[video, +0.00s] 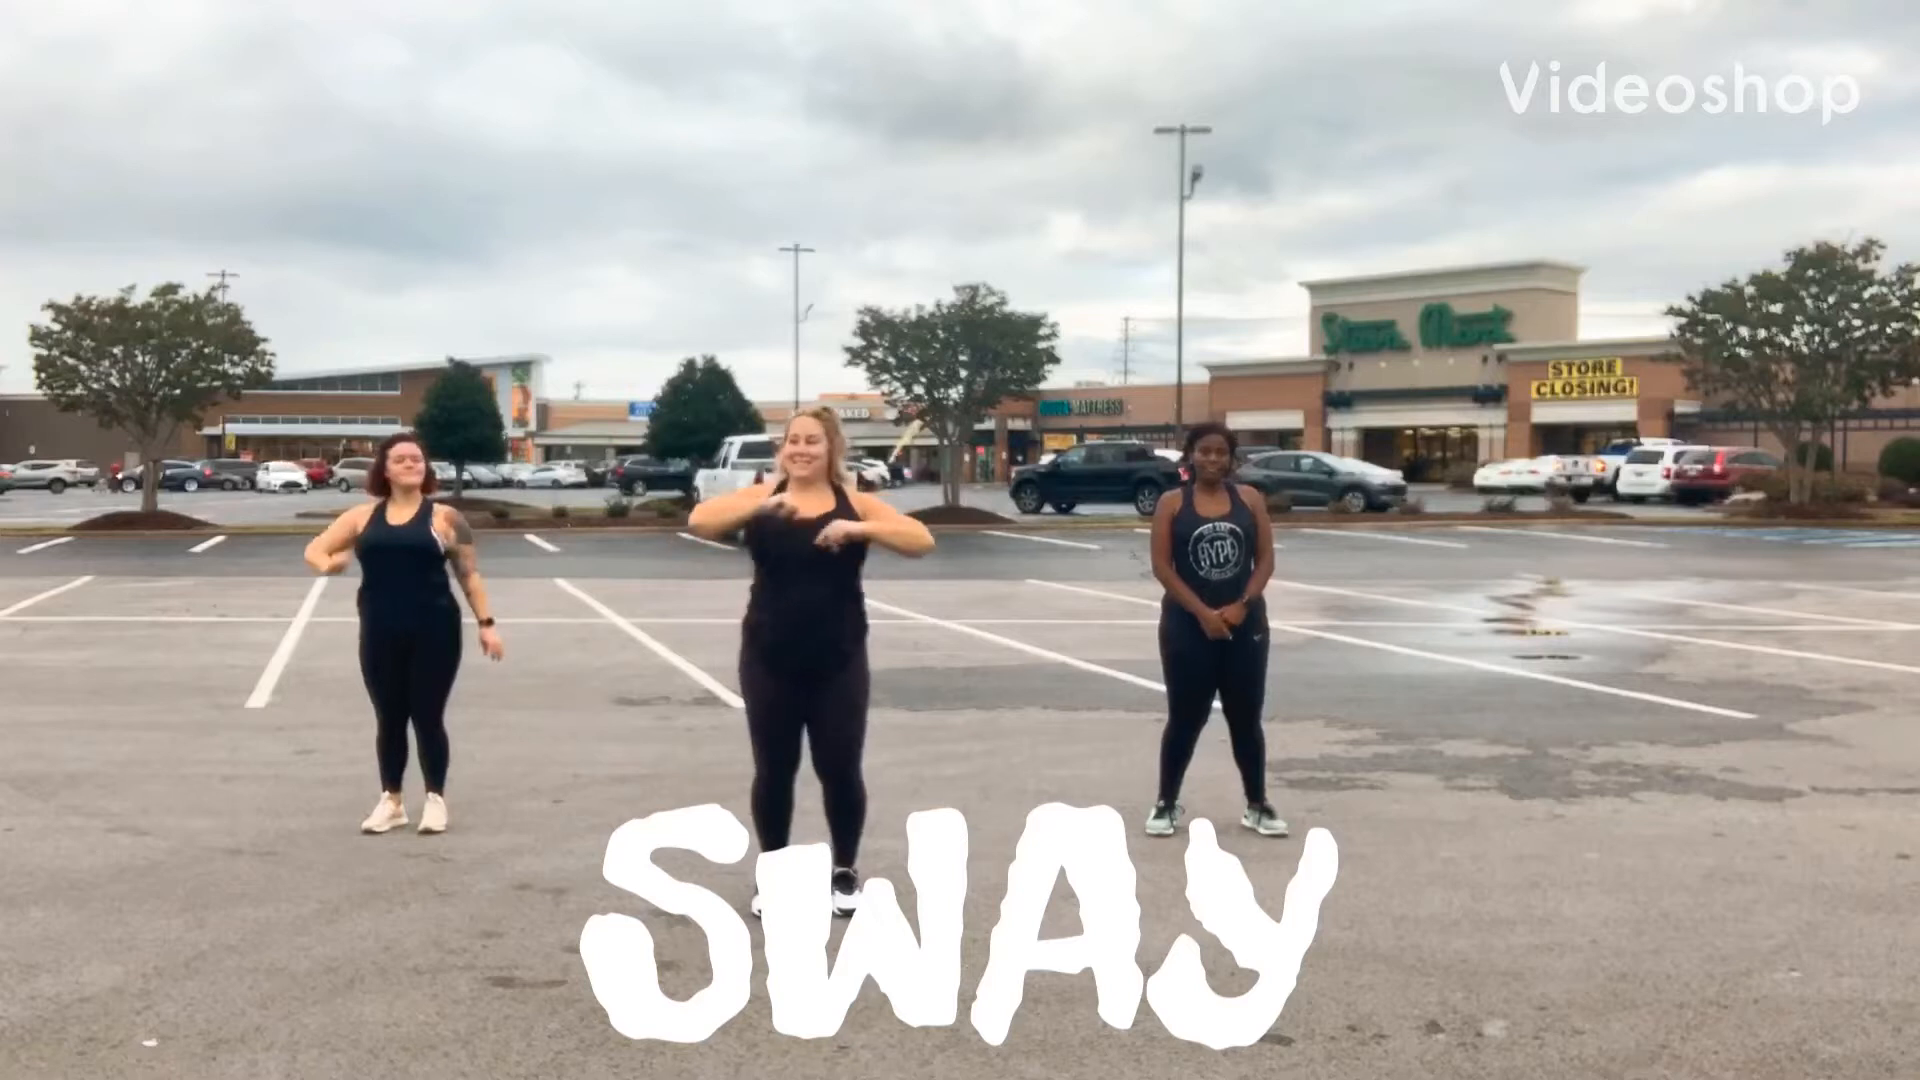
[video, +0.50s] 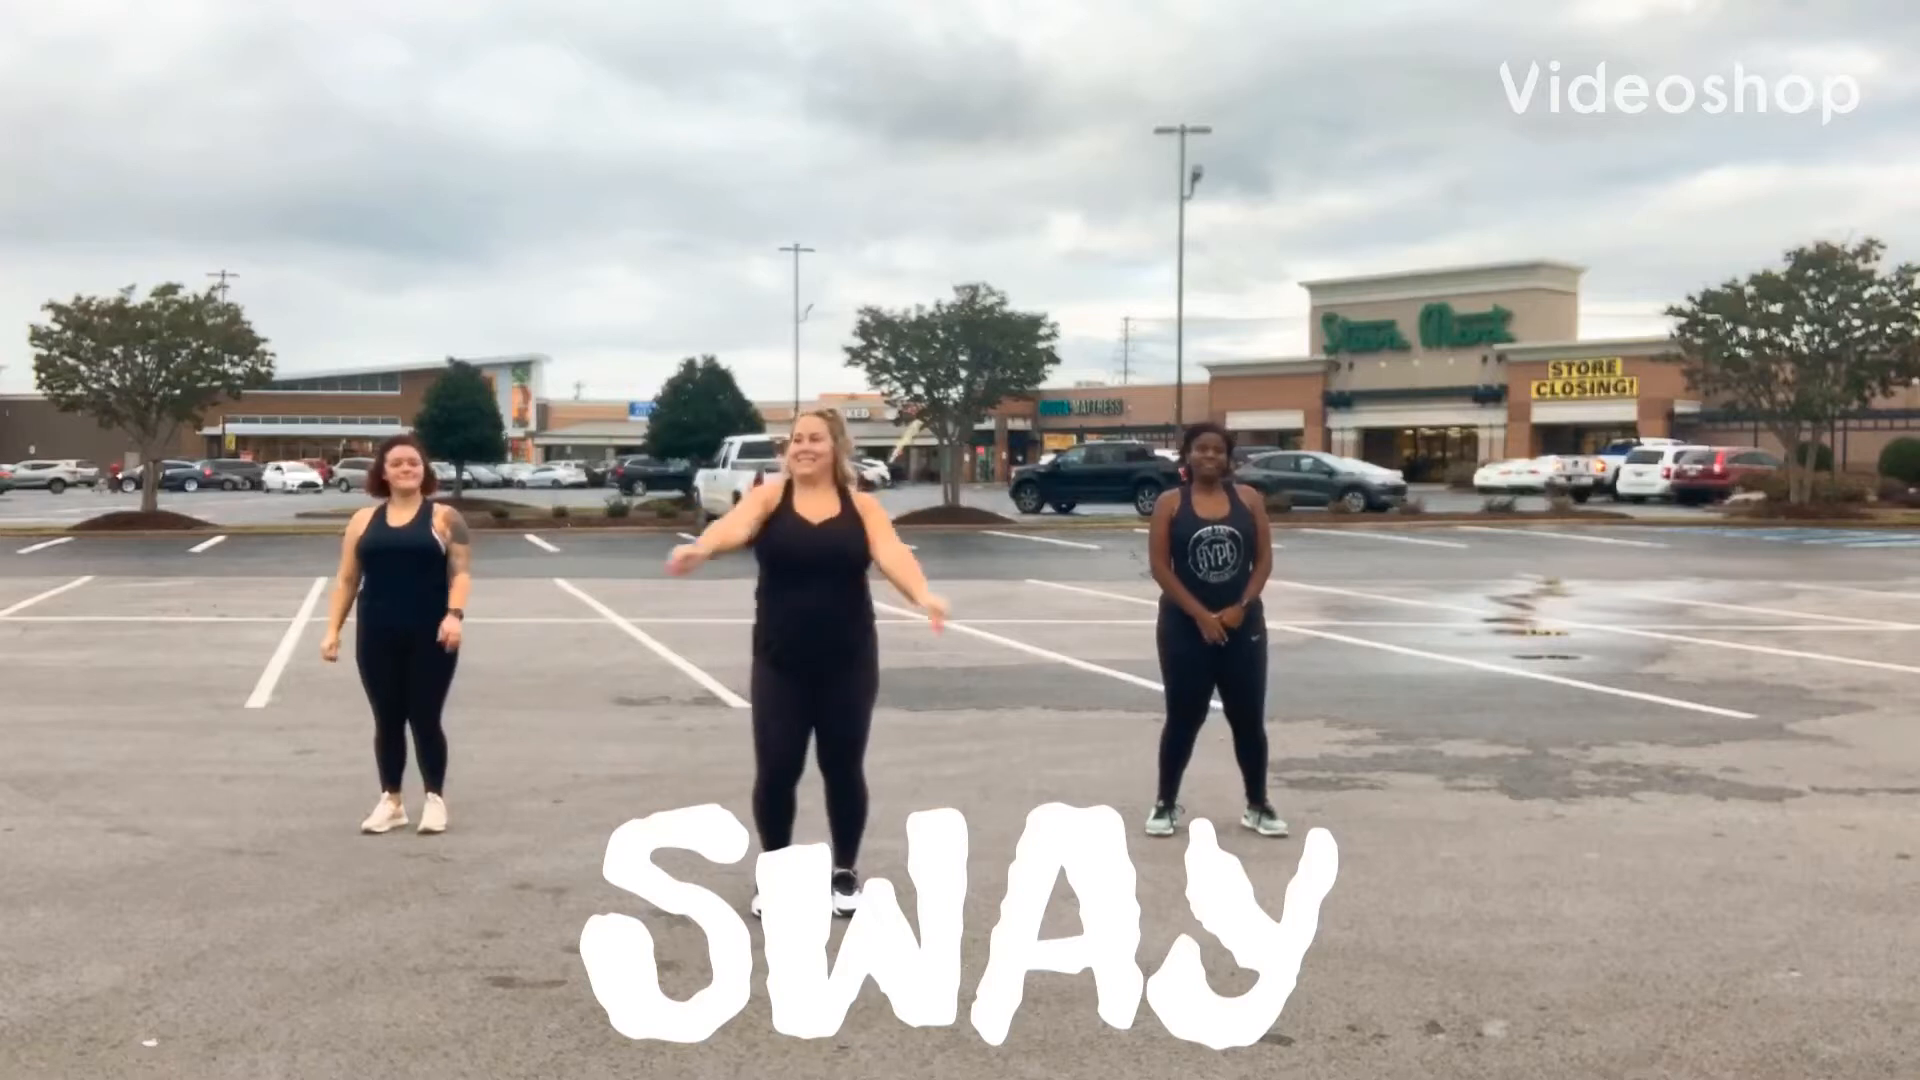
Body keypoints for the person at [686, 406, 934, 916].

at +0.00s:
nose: (800, 449)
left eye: (811, 441)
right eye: (793, 441)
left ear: (832, 450)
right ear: (781, 450)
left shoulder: (856, 502)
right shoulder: (760, 498)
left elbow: (922, 540)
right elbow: (698, 520)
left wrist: (860, 528)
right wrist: (762, 503)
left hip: (838, 662)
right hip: (768, 662)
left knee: (840, 773)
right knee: (773, 775)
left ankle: (844, 871)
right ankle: (770, 873)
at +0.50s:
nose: (804, 446)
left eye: (815, 438)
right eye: (797, 438)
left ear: (837, 449)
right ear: (787, 448)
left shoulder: (861, 506)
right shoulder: (768, 495)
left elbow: (891, 552)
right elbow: (734, 526)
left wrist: (921, 593)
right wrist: (702, 547)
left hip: (848, 662)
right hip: (780, 661)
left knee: (843, 770)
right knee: (775, 775)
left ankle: (845, 871)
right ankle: (772, 875)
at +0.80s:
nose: (800, 447)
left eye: (811, 439)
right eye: (791, 439)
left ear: (827, 448)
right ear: (777, 448)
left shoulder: (851, 504)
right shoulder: (751, 502)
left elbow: (892, 562)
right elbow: (709, 560)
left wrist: (932, 608)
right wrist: (670, 609)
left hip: (828, 661)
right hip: (758, 661)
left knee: (835, 770)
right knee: (769, 772)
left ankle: (843, 868)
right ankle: (771, 875)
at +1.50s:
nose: (818, 451)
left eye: (828, 443)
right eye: (808, 442)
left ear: (843, 454)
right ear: (791, 453)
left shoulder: (862, 514)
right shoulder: (762, 509)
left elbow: (910, 584)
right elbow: (734, 568)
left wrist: (972, 572)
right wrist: (713, 604)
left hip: (852, 676)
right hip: (779, 675)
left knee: (846, 795)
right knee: (785, 788)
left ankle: (846, 910)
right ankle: (771, 876)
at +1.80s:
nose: (832, 440)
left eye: (842, 431)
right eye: (822, 431)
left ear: (860, 442)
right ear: (806, 441)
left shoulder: (887, 505)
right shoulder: (774, 507)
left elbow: (921, 571)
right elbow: (738, 576)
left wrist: (928, 594)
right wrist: (739, 645)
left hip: (868, 681)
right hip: (790, 679)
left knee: (854, 805)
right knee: (792, 801)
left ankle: (847, 923)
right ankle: (782, 921)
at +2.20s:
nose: (814, 449)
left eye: (825, 439)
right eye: (802, 439)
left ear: (842, 452)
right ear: (784, 452)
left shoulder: (873, 515)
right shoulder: (752, 518)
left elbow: (919, 584)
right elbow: (696, 579)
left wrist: (899, 656)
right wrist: (721, 620)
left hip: (856, 701)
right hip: (772, 700)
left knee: (861, 843)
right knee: (782, 839)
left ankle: (849, 905)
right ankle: (786, 980)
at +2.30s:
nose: (809, 447)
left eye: (820, 437)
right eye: (797, 437)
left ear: (838, 449)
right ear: (779, 449)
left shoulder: (871, 512)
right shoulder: (750, 515)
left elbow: (918, 570)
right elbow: (679, 575)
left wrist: (902, 630)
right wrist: (718, 615)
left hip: (854, 700)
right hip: (770, 700)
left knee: (863, 838)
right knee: (779, 838)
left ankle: (849, 920)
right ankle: (785, 980)